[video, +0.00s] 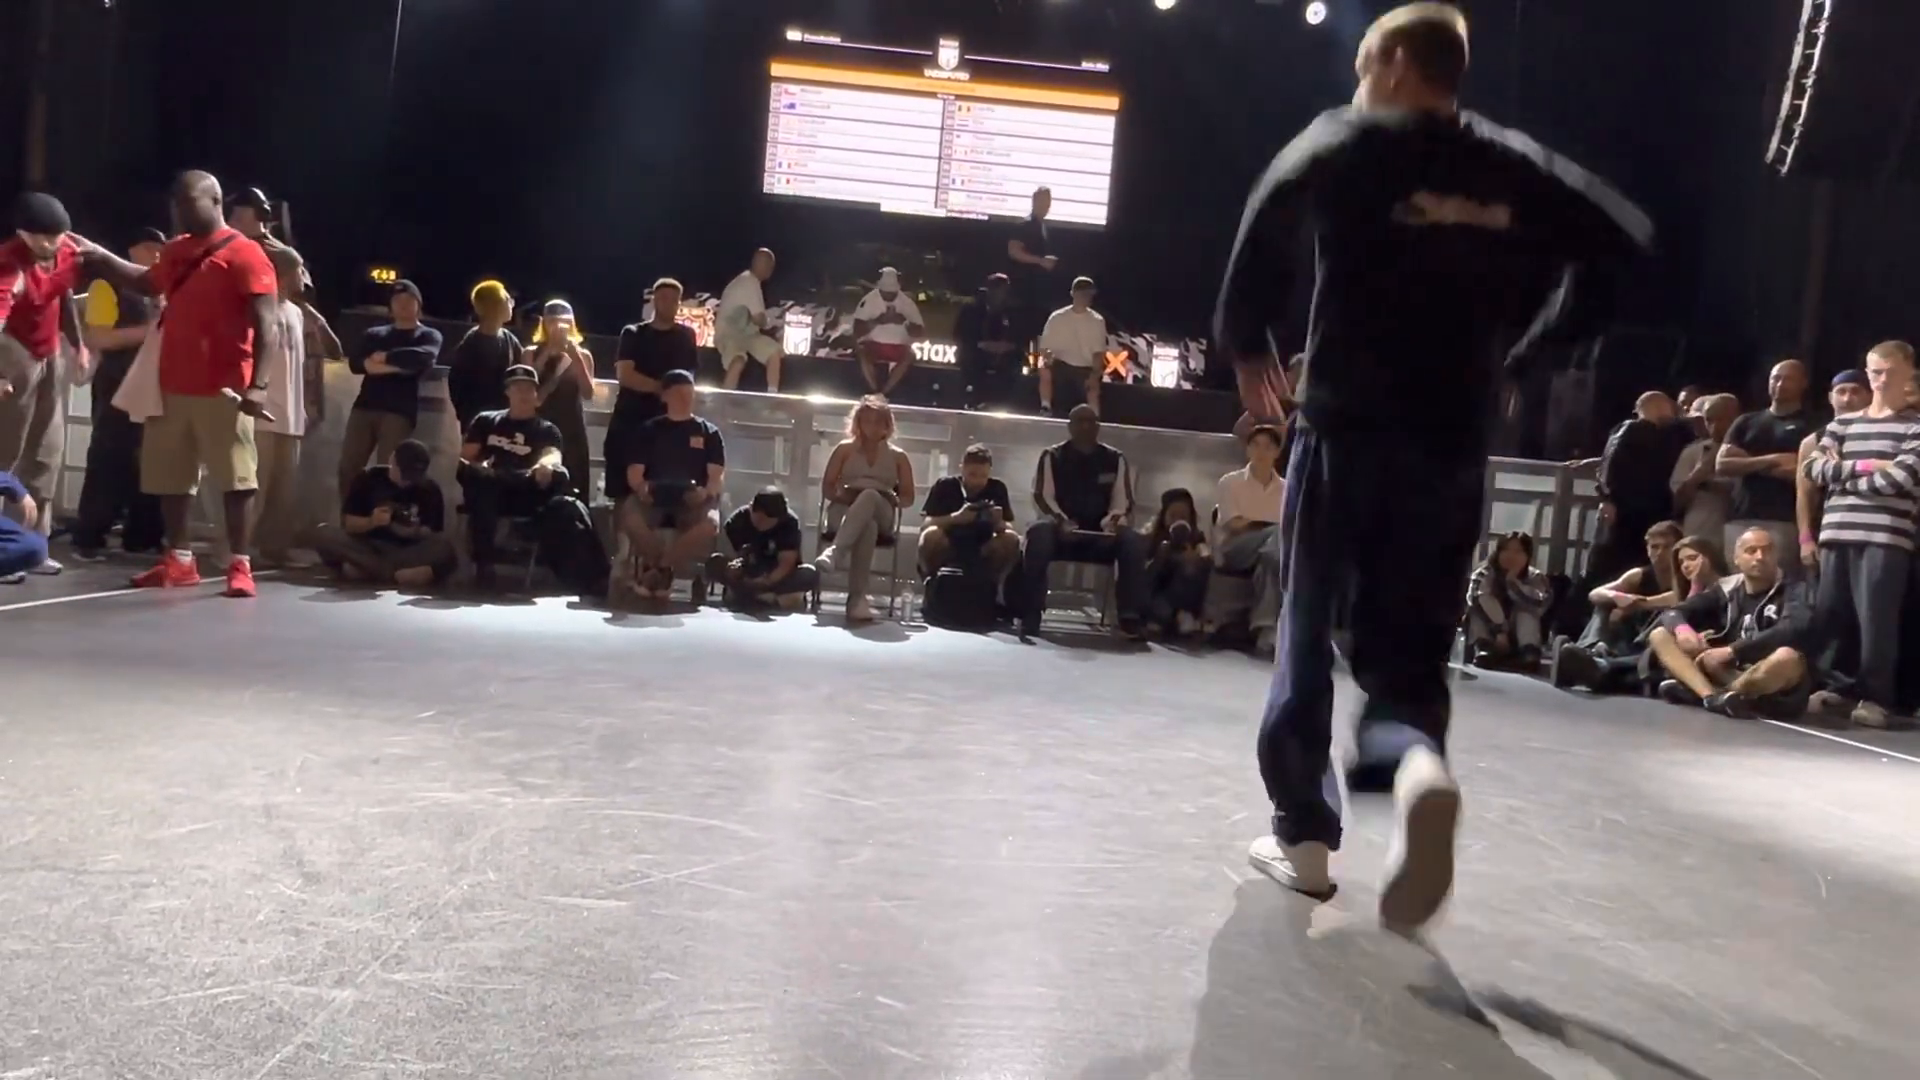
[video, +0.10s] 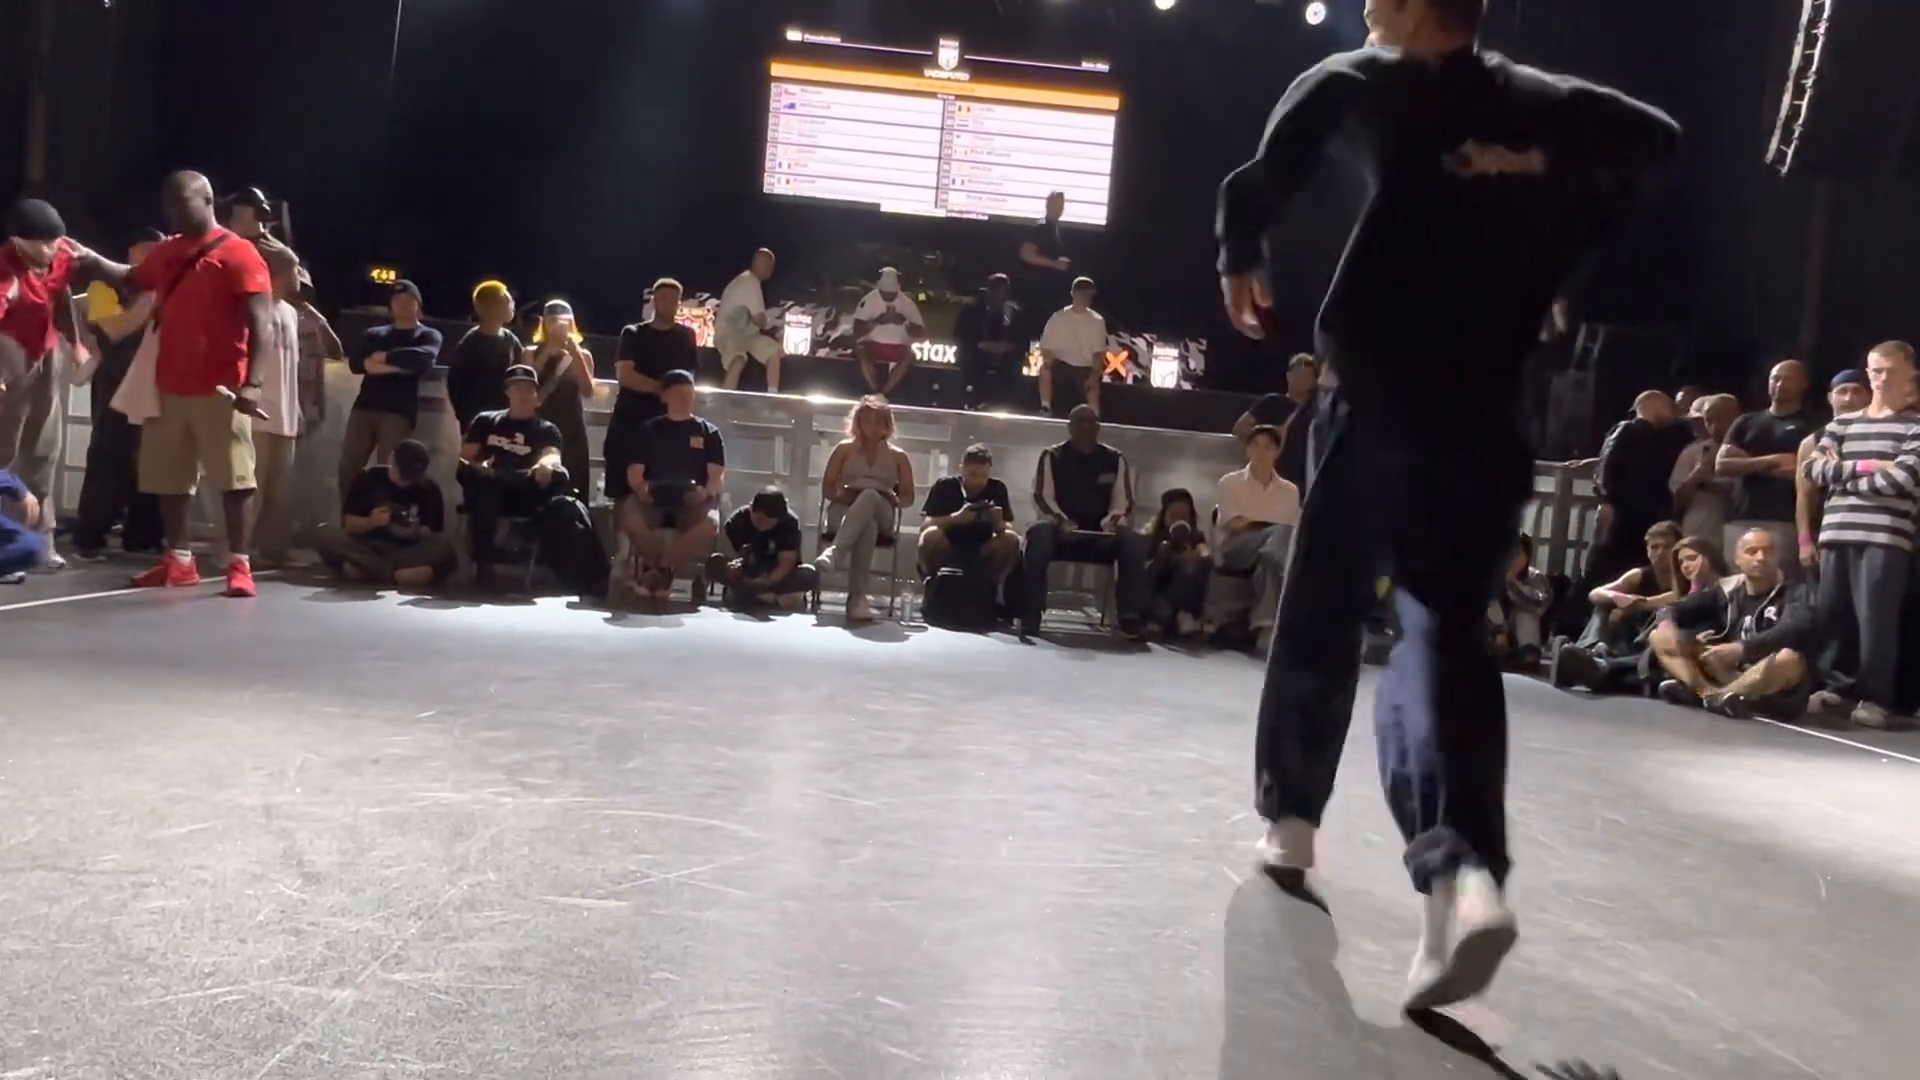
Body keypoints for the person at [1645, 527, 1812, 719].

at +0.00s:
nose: (1759, 557)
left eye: (1766, 550)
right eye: (1751, 551)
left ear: (1775, 556)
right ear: (1737, 559)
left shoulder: (1793, 589)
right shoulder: (1726, 589)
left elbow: (1792, 629)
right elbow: (1672, 614)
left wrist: (1732, 650)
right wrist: (1682, 630)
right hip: (1726, 672)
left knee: (1787, 658)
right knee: (1659, 636)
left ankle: (1723, 696)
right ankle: (1710, 696)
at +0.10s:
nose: (1760, 558)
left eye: (1767, 551)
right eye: (1752, 552)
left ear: (1776, 557)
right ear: (1738, 560)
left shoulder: (1795, 592)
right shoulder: (1728, 590)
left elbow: (1794, 629)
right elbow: (1680, 610)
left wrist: (1742, 649)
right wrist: (1667, 624)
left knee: (1788, 659)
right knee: (1661, 637)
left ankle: (1712, 697)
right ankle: (1711, 694)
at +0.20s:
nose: (1762, 558)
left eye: (1769, 552)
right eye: (1754, 552)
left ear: (1778, 557)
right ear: (1739, 560)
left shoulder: (1795, 590)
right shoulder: (1727, 591)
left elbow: (1794, 626)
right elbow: (1686, 608)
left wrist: (1754, 651)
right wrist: (1650, 624)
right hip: (1727, 666)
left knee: (1784, 660)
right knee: (1664, 635)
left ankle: (1719, 697)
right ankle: (1710, 695)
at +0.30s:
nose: (1763, 559)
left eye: (1770, 553)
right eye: (1755, 553)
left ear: (1780, 560)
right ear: (1740, 561)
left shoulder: (1795, 595)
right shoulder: (1728, 590)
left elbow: (1792, 628)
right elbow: (1683, 610)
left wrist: (1764, 654)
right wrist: (1636, 629)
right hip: (1731, 671)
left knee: (1788, 663)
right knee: (1666, 640)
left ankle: (1716, 697)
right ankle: (1711, 697)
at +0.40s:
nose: (1762, 560)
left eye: (1770, 554)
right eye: (1754, 554)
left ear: (1781, 561)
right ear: (1740, 562)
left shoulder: (1796, 599)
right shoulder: (1727, 593)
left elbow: (1796, 634)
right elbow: (1685, 611)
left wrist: (1767, 664)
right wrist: (1639, 630)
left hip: (1774, 679)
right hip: (1730, 672)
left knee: (1792, 667)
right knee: (1667, 644)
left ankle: (1714, 698)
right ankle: (1712, 696)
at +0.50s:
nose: (1760, 561)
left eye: (1768, 555)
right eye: (1752, 555)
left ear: (1778, 563)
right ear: (1739, 564)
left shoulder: (1791, 598)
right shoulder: (1725, 593)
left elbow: (1803, 641)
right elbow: (1674, 618)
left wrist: (1765, 672)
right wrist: (1630, 645)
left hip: (1769, 678)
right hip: (1727, 672)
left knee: (1792, 673)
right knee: (1664, 647)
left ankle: (1718, 699)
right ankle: (1712, 698)